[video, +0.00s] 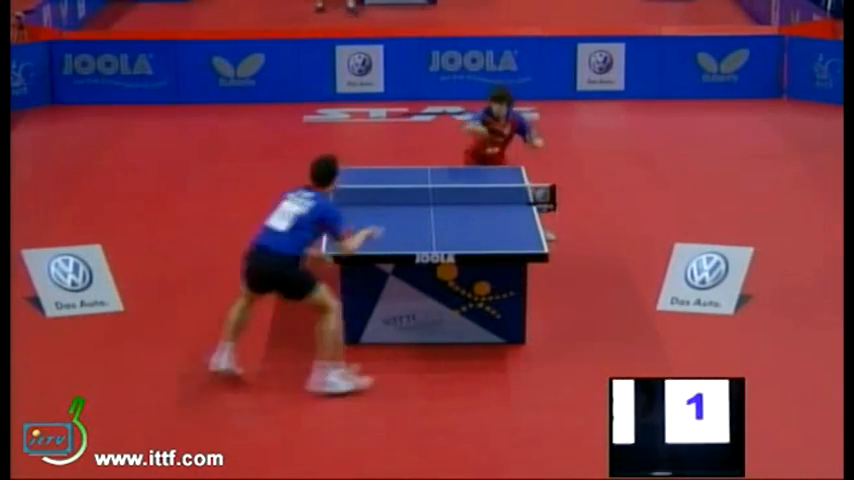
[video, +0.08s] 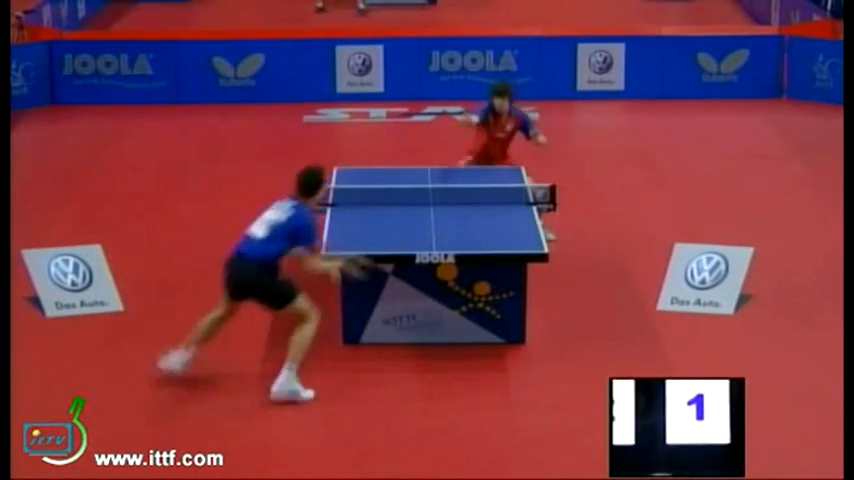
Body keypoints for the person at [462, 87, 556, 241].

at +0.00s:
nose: (499, 109)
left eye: (502, 105)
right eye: (496, 104)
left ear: (508, 107)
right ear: (490, 105)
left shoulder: (515, 120)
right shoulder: (484, 115)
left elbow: (527, 135)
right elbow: (471, 126)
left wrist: (534, 141)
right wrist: (484, 131)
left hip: (498, 160)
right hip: (476, 159)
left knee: (513, 193)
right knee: (473, 195)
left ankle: (535, 230)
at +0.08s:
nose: (500, 104)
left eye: (503, 100)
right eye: (497, 99)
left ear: (509, 101)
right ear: (492, 100)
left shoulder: (517, 116)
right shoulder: (487, 113)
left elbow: (530, 132)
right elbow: (477, 121)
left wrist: (538, 138)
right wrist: (469, 121)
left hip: (502, 160)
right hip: (478, 159)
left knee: (527, 187)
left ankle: (537, 226)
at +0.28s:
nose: (505, 83)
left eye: (508, 79)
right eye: (502, 79)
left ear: (515, 80)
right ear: (497, 80)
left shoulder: (525, 99)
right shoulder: (490, 95)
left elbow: (549, 118)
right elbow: (468, 105)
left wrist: (547, 127)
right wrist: (452, 113)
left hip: (516, 153)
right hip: (488, 152)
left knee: (532, 185)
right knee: (474, 188)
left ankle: (537, 226)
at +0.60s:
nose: (479, 86)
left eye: (483, 81)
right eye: (477, 81)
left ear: (491, 82)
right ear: (473, 82)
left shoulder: (504, 99)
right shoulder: (473, 99)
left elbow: (532, 115)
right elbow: (454, 115)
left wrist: (533, 139)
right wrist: (432, 127)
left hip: (510, 154)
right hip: (483, 153)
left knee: (528, 188)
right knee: (463, 183)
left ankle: (554, 218)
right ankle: (460, 220)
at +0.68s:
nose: (461, 90)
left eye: (464, 86)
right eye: (458, 86)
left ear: (473, 86)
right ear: (455, 87)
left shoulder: (487, 100)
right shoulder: (456, 103)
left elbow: (515, 114)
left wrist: (523, 138)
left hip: (503, 156)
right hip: (476, 154)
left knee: (522, 190)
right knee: (448, 180)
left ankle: (551, 217)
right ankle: (443, 220)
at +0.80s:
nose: (438, 80)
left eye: (441, 75)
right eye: (435, 76)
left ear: (448, 76)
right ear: (431, 77)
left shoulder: (463, 91)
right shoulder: (432, 95)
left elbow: (492, 107)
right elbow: (414, 113)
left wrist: (494, 126)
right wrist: (395, 116)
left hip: (481, 145)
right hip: (457, 145)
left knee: (491, 182)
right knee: (438, 177)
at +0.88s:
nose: (430, 72)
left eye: (433, 67)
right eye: (427, 68)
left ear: (439, 68)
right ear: (423, 70)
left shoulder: (453, 83)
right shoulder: (423, 87)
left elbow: (481, 98)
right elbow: (410, 102)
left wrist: (482, 116)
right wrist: (399, 107)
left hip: (465, 136)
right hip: (441, 137)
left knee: (475, 174)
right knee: (427, 169)